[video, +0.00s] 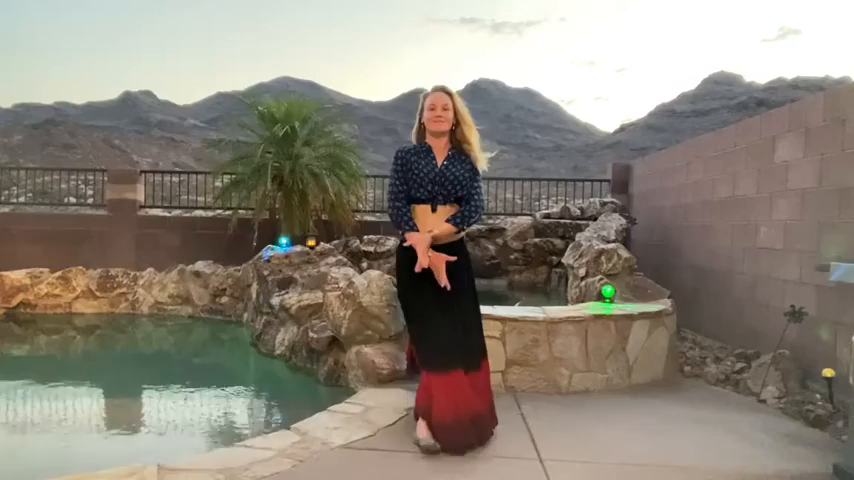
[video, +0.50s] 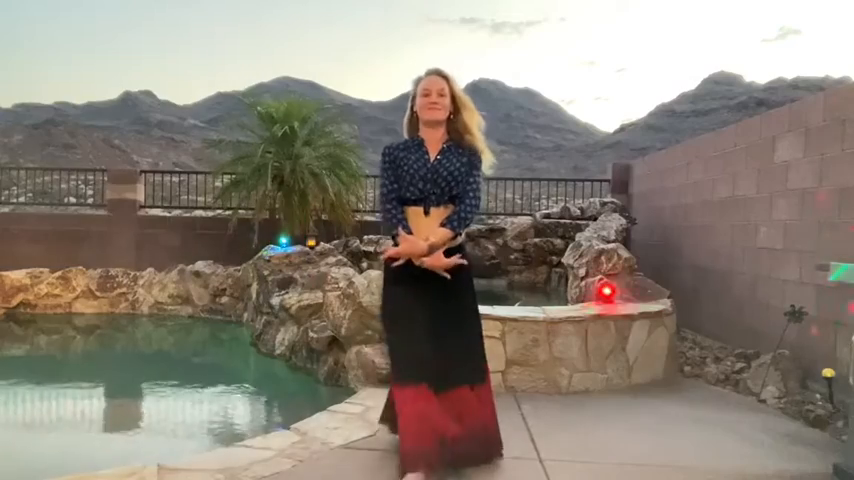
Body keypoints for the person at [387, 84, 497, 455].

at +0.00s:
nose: (438, 115)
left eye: (445, 109)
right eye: (432, 109)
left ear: (455, 116)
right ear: (422, 115)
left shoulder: (464, 159)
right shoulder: (406, 155)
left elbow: (475, 209)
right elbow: (396, 206)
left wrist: (431, 235)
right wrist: (426, 250)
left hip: (453, 253)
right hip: (414, 255)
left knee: (454, 334)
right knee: (435, 336)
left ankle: (425, 415)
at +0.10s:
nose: (437, 111)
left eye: (444, 106)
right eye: (431, 106)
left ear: (454, 113)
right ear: (421, 112)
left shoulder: (463, 159)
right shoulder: (404, 153)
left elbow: (472, 209)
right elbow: (395, 206)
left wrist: (426, 235)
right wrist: (428, 251)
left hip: (453, 252)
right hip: (413, 255)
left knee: (452, 333)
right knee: (430, 336)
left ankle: (426, 418)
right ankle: (447, 418)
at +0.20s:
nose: (435, 108)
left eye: (442, 103)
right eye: (429, 103)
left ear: (452, 111)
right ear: (419, 109)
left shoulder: (462, 156)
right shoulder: (401, 152)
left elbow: (472, 207)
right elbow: (393, 207)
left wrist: (425, 234)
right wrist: (427, 251)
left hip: (452, 254)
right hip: (411, 256)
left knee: (450, 335)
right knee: (418, 337)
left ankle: (427, 420)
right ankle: (425, 415)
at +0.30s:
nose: (434, 104)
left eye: (442, 99)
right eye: (428, 99)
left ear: (452, 107)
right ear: (417, 106)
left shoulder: (463, 154)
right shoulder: (399, 151)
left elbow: (470, 206)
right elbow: (392, 206)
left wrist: (424, 235)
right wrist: (428, 251)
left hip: (450, 254)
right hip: (409, 255)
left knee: (443, 338)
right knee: (413, 338)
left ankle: (424, 426)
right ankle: (403, 420)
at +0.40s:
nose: (434, 102)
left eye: (441, 97)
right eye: (427, 96)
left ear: (452, 105)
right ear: (416, 104)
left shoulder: (465, 154)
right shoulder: (397, 151)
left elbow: (470, 206)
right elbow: (392, 208)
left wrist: (422, 241)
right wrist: (426, 251)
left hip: (452, 257)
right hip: (407, 259)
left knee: (455, 344)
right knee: (412, 347)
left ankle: (458, 437)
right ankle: (411, 452)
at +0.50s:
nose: (433, 100)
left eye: (440, 95)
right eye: (426, 95)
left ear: (452, 104)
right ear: (414, 103)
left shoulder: (466, 154)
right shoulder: (395, 153)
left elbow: (469, 208)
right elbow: (390, 210)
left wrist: (420, 243)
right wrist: (425, 256)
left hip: (450, 261)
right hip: (405, 263)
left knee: (453, 351)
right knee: (410, 355)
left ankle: (456, 449)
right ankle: (417, 458)